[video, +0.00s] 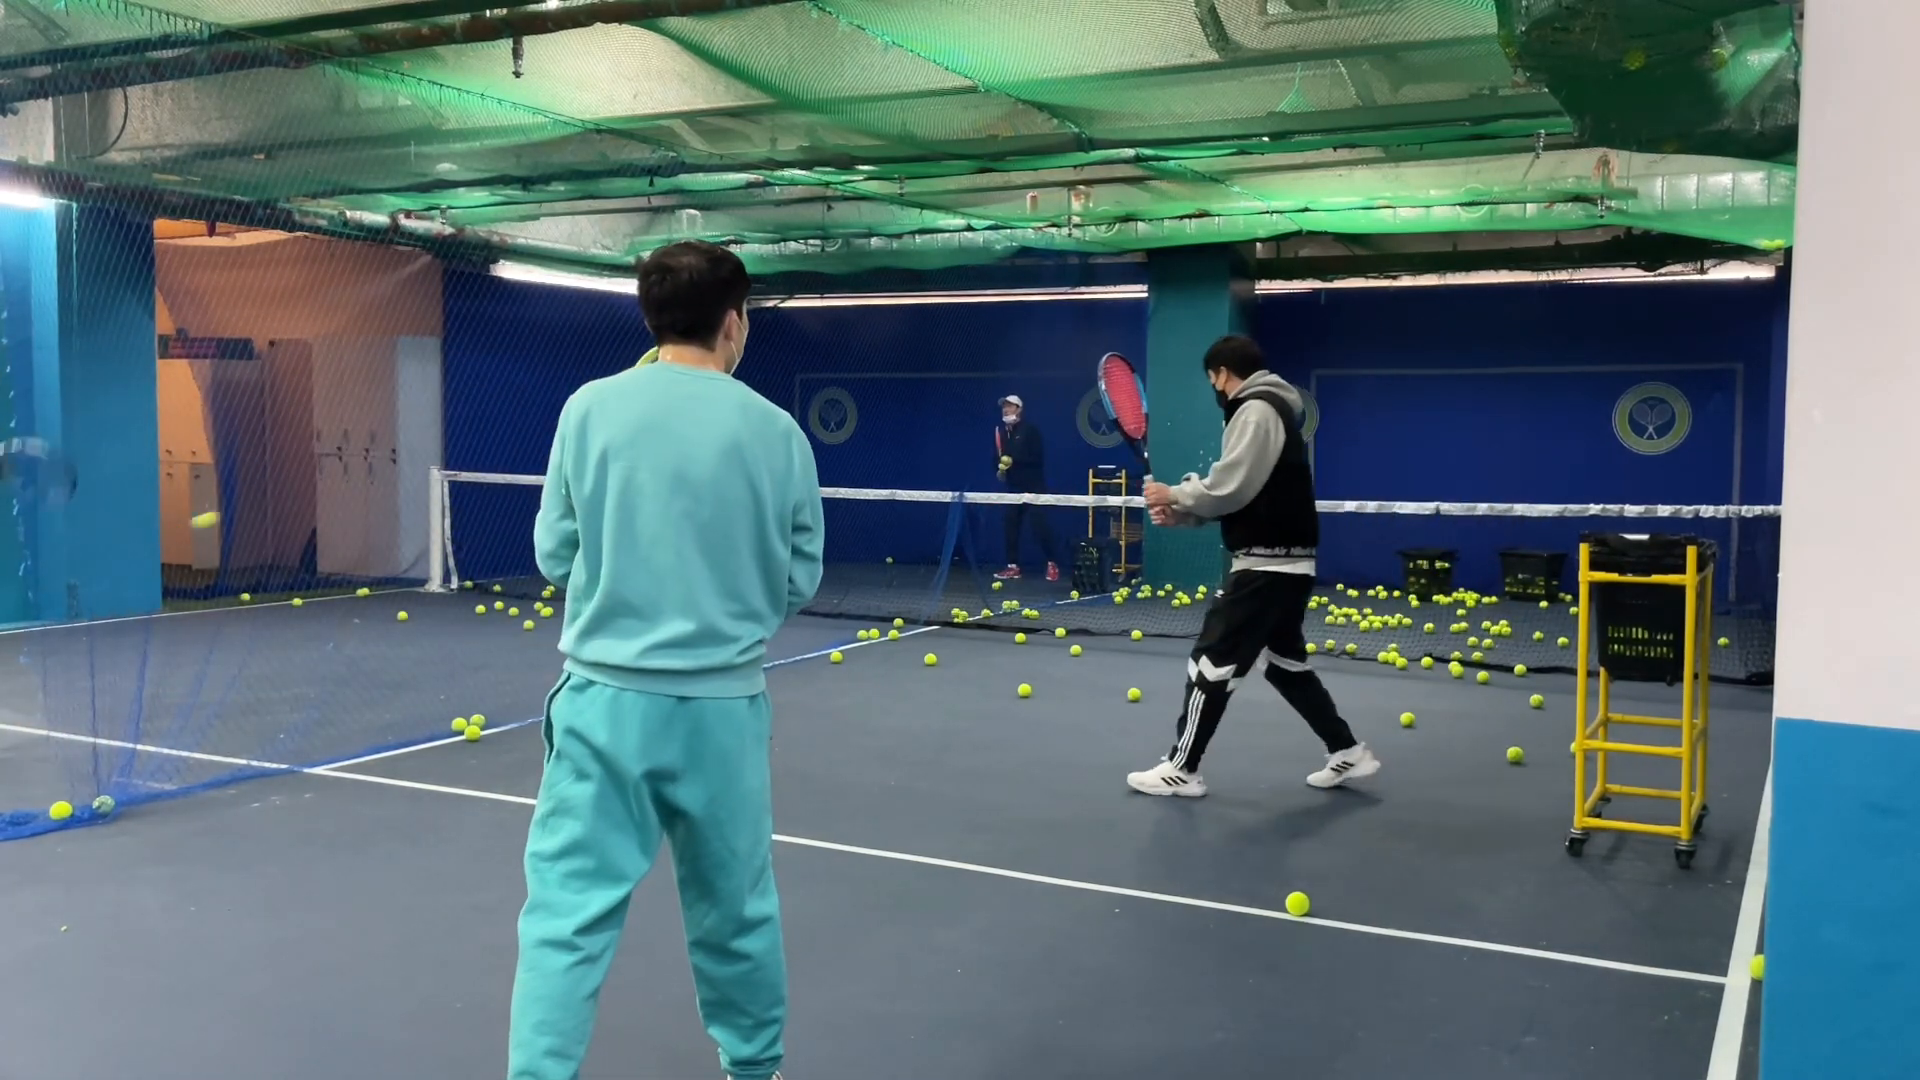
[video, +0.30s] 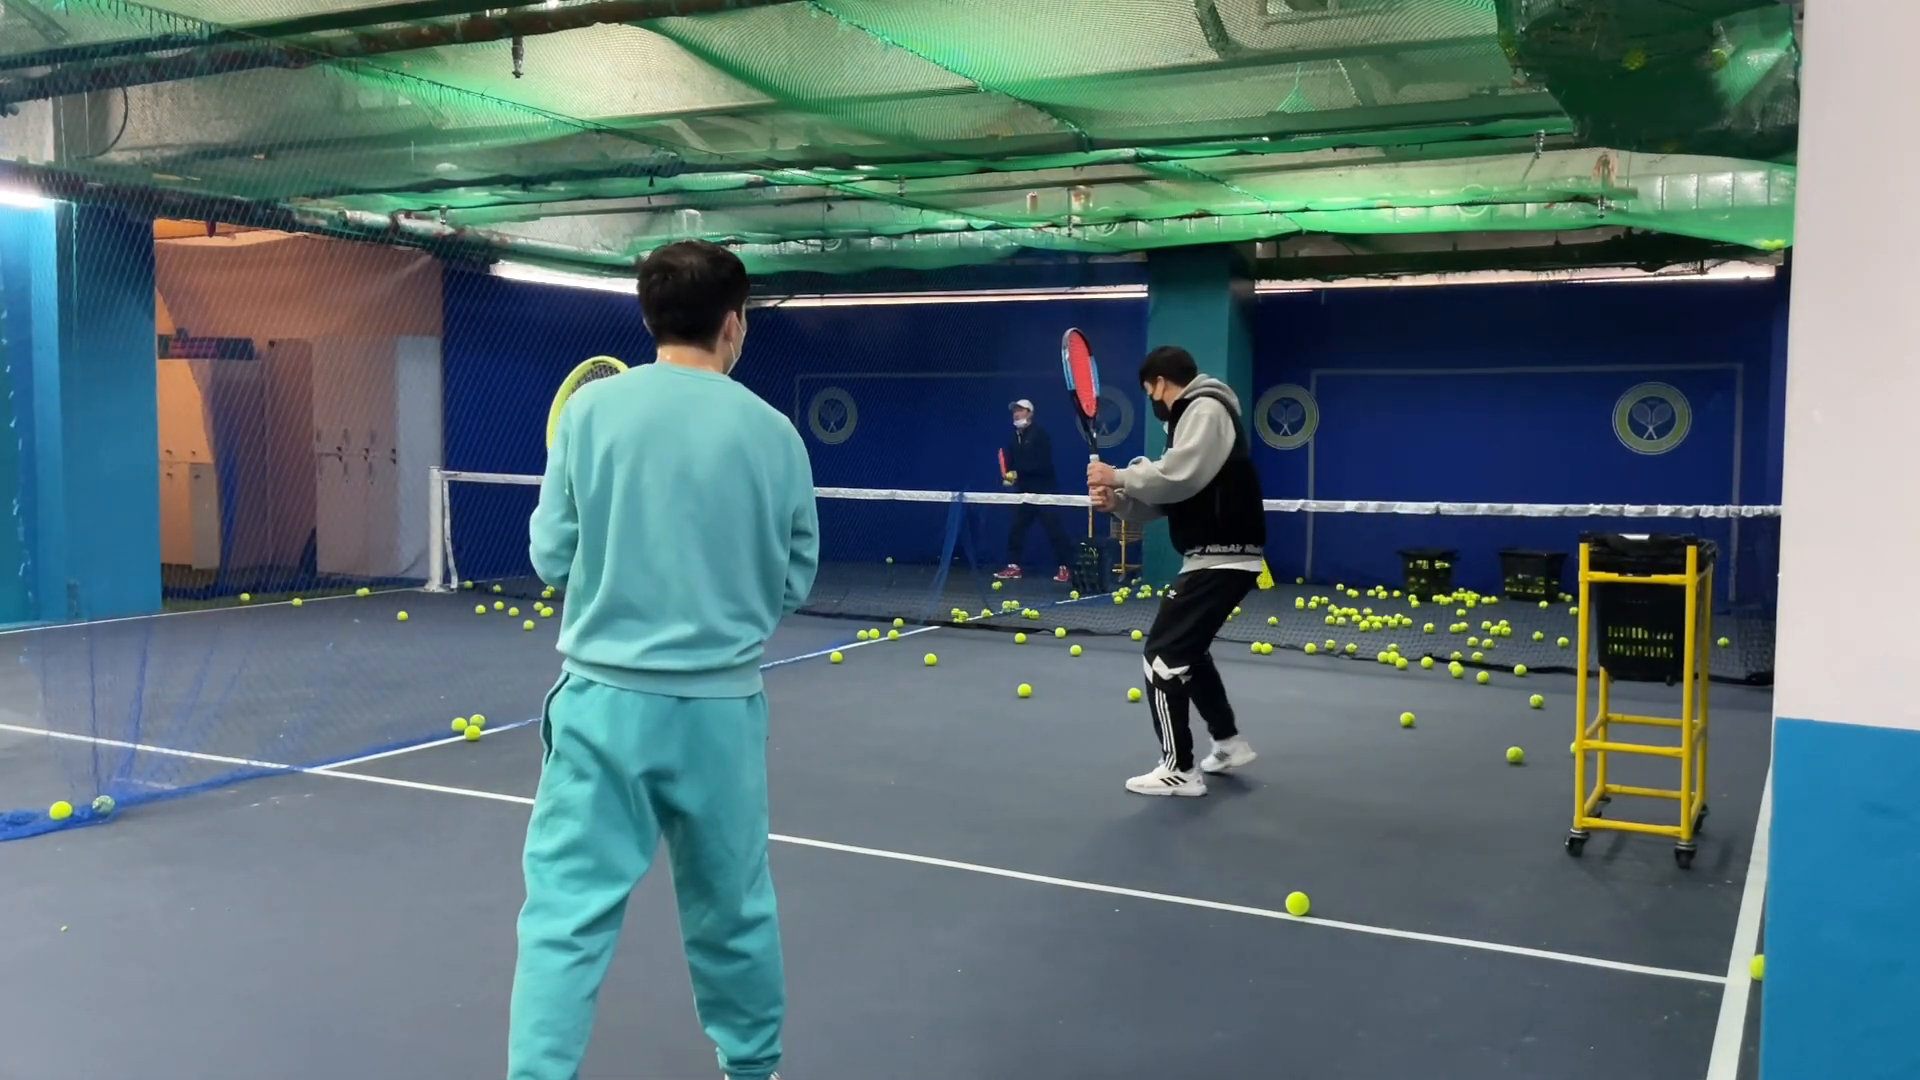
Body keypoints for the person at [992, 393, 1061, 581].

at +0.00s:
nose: (1007, 411)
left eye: (1011, 407)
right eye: (1005, 407)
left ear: (1019, 409)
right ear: (1002, 410)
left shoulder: (1030, 430)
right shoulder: (1001, 432)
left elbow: (1035, 459)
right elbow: (997, 456)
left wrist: (1013, 460)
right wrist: (1000, 467)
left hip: (1033, 484)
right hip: (1013, 485)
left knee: (1039, 523)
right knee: (1011, 524)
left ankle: (1051, 563)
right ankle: (1013, 565)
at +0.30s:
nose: (1017, 414)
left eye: (1021, 411)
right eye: (1015, 411)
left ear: (1030, 413)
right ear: (1012, 415)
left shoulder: (1040, 435)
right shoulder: (1014, 437)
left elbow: (1042, 463)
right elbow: (1014, 462)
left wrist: (1017, 472)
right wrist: (1009, 474)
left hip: (1043, 487)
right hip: (1024, 487)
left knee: (1053, 527)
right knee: (1017, 526)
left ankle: (1064, 565)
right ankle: (1014, 565)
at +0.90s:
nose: (1027, 447)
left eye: (1031, 444)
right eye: (1024, 444)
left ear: (1037, 440)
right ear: (1020, 441)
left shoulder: (1046, 451)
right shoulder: (1013, 456)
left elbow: (1058, 471)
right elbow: (996, 478)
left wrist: (1061, 489)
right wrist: (985, 501)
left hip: (1047, 499)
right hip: (1022, 499)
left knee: (1059, 531)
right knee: (1014, 531)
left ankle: (1068, 565)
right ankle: (1013, 566)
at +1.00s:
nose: (1026, 443)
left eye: (1029, 439)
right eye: (1023, 439)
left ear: (1035, 437)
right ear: (1018, 437)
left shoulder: (1044, 450)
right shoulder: (1009, 453)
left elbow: (1054, 472)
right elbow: (993, 476)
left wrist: (1058, 489)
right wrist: (985, 498)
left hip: (1042, 497)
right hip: (1017, 498)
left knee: (1055, 529)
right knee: (1012, 531)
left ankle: (1068, 564)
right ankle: (1013, 566)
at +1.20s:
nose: (1016, 429)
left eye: (1020, 425)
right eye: (1014, 425)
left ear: (1028, 426)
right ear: (1011, 425)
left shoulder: (1038, 445)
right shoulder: (1004, 444)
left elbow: (1043, 474)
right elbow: (991, 472)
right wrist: (987, 500)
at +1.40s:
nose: (1016, 419)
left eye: (1020, 415)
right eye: (1014, 415)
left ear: (1028, 417)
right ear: (1010, 416)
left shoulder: (1037, 438)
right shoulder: (1005, 437)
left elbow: (1039, 466)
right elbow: (996, 465)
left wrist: (1019, 474)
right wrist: (989, 490)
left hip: (1034, 488)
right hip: (1012, 488)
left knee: (1040, 527)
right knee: (1012, 527)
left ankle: (1043, 563)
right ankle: (1013, 565)